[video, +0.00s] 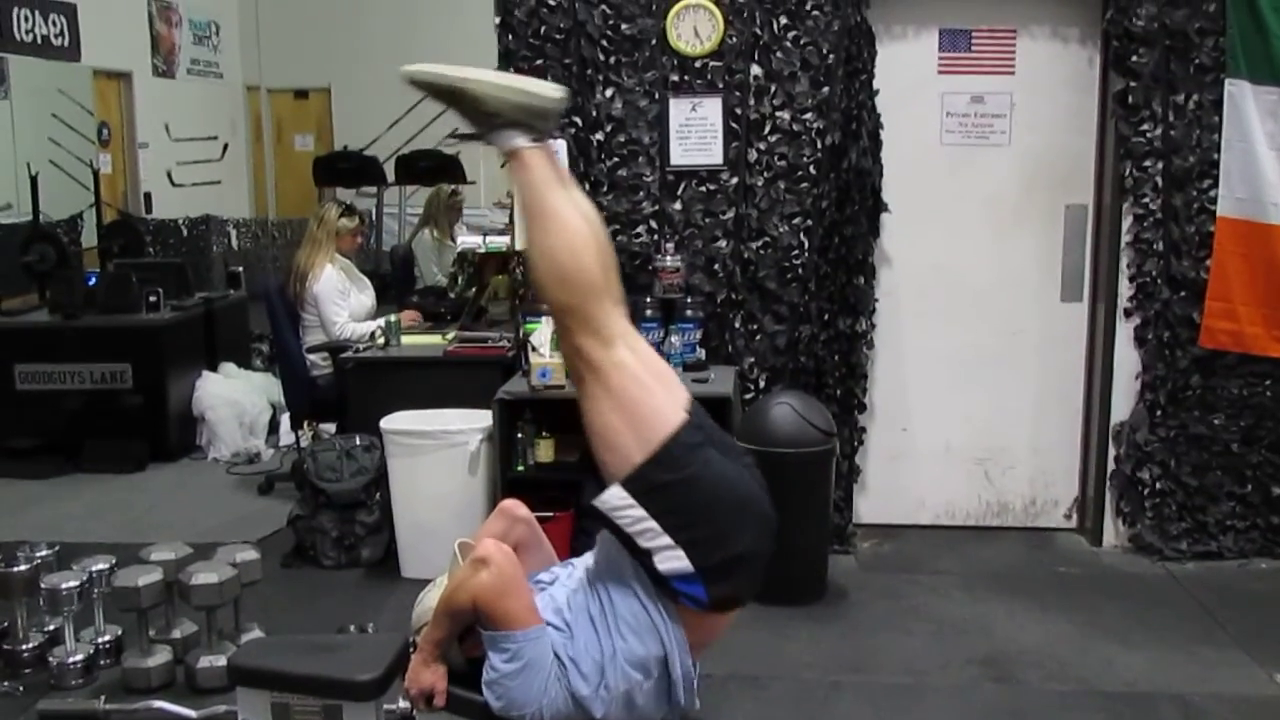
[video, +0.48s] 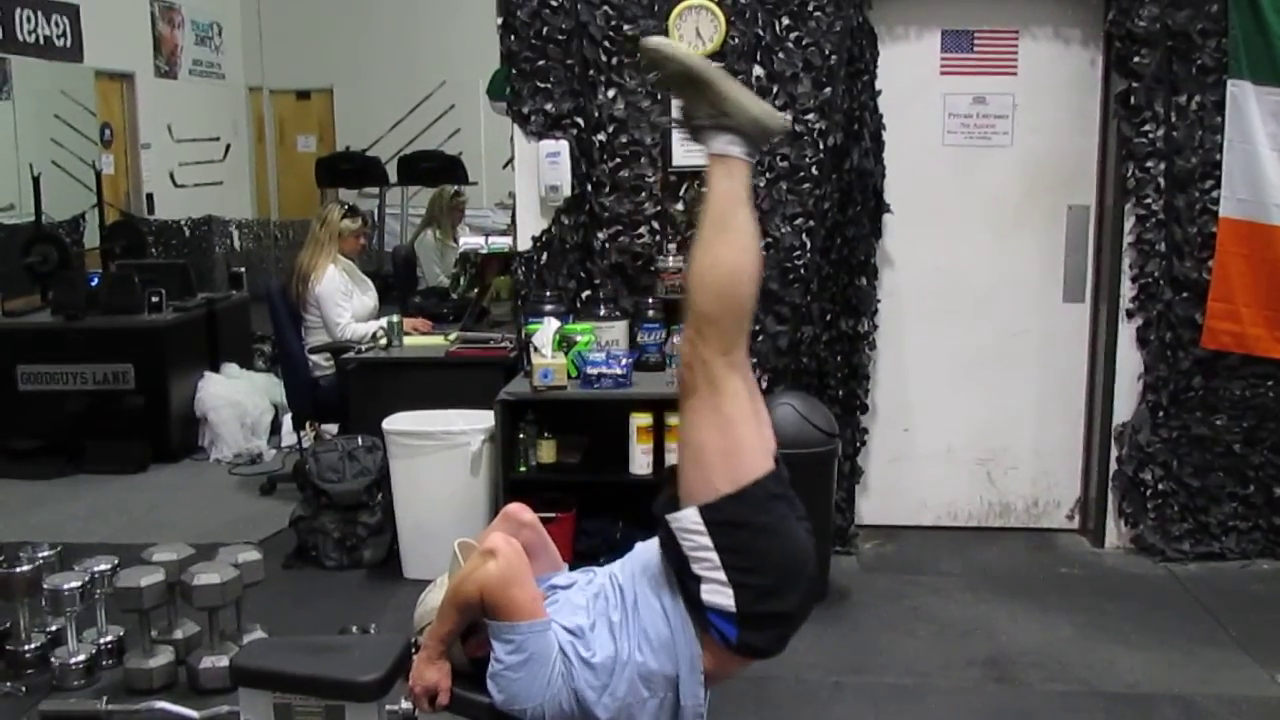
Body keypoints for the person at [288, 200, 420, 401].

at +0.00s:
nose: (360, 240)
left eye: (361, 234)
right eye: (355, 235)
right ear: (334, 235)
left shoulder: (338, 266)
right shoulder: (326, 274)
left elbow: (347, 324)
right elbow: (339, 332)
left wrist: (391, 322)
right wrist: (392, 323)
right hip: (331, 371)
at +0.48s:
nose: (363, 243)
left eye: (364, 236)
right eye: (357, 237)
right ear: (336, 237)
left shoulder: (340, 268)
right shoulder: (328, 275)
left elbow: (351, 325)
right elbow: (342, 332)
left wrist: (397, 323)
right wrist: (396, 325)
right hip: (333, 373)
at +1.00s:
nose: (362, 238)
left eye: (362, 232)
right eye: (357, 232)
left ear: (340, 233)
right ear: (337, 232)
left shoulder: (337, 264)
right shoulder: (326, 269)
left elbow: (349, 321)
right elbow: (340, 328)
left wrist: (395, 320)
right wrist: (394, 321)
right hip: (333, 370)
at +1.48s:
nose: (352, 225)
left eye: (353, 219)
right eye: (347, 219)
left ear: (331, 219)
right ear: (328, 218)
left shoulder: (328, 250)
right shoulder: (317, 256)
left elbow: (340, 307)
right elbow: (332, 315)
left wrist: (386, 307)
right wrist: (385, 308)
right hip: (324, 357)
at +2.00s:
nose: (347, 181)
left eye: (347, 174)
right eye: (341, 175)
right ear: (322, 175)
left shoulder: (325, 207)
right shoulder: (312, 212)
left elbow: (336, 264)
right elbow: (327, 271)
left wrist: (382, 263)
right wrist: (382, 265)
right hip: (319, 312)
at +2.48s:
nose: (345, 168)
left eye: (345, 161)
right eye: (339, 162)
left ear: (324, 163)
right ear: (319, 162)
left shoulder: (322, 194)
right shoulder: (311, 199)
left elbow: (334, 251)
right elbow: (326, 258)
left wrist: (380, 250)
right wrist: (380, 253)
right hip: (317, 300)